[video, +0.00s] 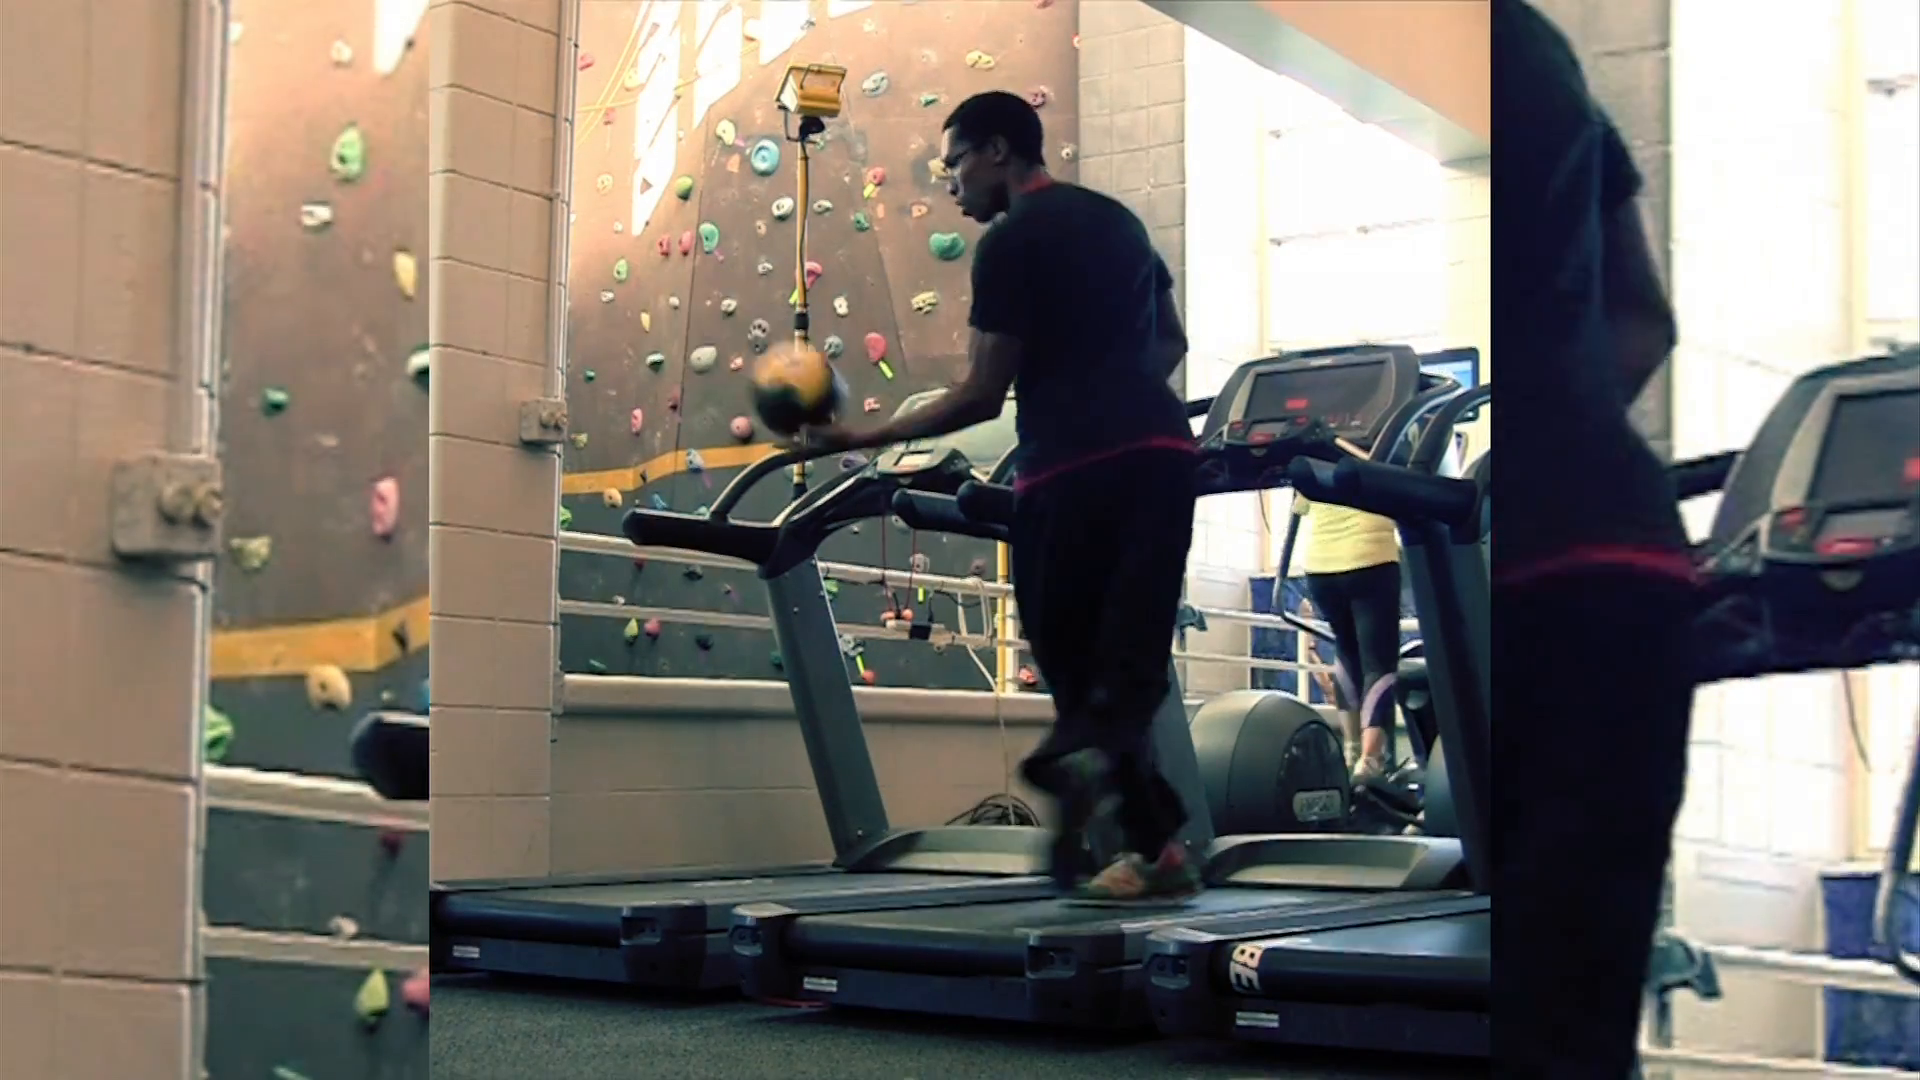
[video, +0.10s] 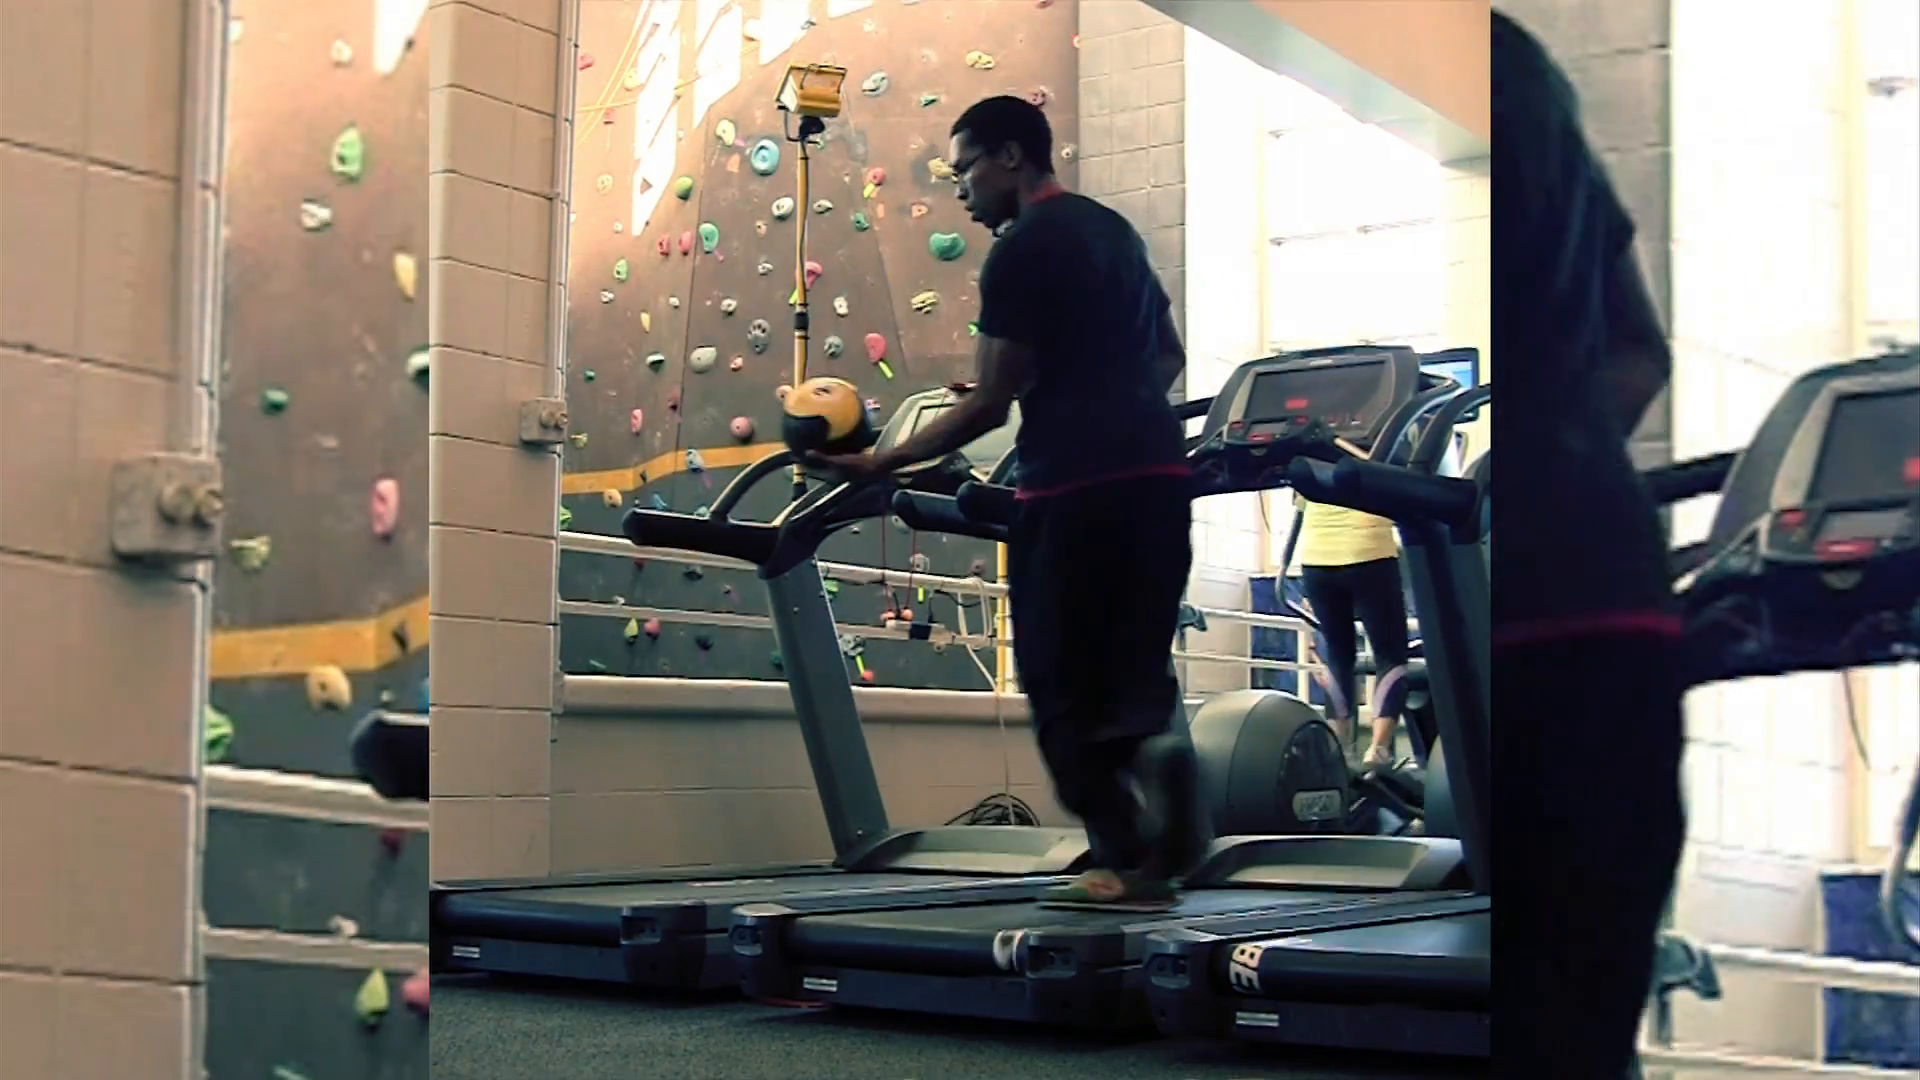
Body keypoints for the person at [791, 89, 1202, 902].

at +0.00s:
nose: (949, 183)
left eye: (955, 163)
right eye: (946, 167)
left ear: (999, 153)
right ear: (1026, 155)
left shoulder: (1009, 240)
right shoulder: (1117, 220)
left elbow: (983, 396)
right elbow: (1171, 343)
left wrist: (859, 433)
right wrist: (1101, 405)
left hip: (1065, 477)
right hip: (1160, 463)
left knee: (1075, 671)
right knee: (1139, 653)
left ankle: (1160, 849)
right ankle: (1083, 761)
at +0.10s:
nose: (959, 187)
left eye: (966, 167)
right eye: (955, 172)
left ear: (1012, 158)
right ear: (1032, 162)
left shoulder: (1020, 250)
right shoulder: (1116, 233)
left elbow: (991, 400)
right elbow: (1168, 357)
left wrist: (884, 457)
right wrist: (1092, 422)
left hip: (1072, 493)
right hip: (1156, 485)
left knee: (1057, 678)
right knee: (1140, 662)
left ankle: (1121, 860)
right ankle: (1159, 759)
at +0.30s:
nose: (970, 172)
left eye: (979, 154)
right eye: (966, 158)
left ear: (1033, 143)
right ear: (1034, 150)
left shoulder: (1054, 215)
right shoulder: (1097, 217)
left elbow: (1061, 347)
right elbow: (1166, 353)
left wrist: (958, 419)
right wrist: (1118, 437)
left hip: (1074, 472)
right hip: (1132, 470)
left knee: (1031, 666)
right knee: (1108, 666)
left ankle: (1075, 865)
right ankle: (1265, 757)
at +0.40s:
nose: (973, 155)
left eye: (984, 136)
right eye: (967, 141)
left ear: (1033, 126)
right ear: (1030, 139)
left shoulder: (1063, 186)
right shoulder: (1074, 200)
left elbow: (1119, 289)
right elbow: (1155, 336)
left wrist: (1025, 366)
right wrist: (1144, 431)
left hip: (1092, 441)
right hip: (1122, 443)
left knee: (1025, 637)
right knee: (1101, 654)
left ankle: (1051, 853)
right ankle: (1263, 766)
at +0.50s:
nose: (982, 143)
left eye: (993, 124)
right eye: (974, 131)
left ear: (1040, 112)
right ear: (983, 131)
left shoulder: (1082, 169)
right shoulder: (1039, 203)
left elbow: (1172, 240)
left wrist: (1108, 321)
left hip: (1108, 428)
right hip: (1087, 431)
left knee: (1039, 620)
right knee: (1100, 637)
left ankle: (1042, 827)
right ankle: (1233, 796)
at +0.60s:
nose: (992, 137)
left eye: (1006, 120)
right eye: (981, 125)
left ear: (1048, 111)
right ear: (974, 128)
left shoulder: (1101, 167)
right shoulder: (1021, 206)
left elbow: (1224, 212)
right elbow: (1069, 315)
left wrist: (1199, 297)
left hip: (1117, 419)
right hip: (1078, 429)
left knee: (1067, 597)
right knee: (1123, 626)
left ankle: (1057, 805)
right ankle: (1195, 827)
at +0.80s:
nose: (1027, 130)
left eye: (1042, 113)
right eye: (1011, 116)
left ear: (1069, 105)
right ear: (993, 114)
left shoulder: (1119, 175)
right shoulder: (1008, 221)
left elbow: (1256, 216)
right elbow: (1063, 341)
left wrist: (1301, 322)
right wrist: (1176, 397)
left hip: (1120, 420)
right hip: (1051, 441)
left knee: (1112, 607)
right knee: (1079, 640)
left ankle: (1185, 802)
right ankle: (1154, 841)